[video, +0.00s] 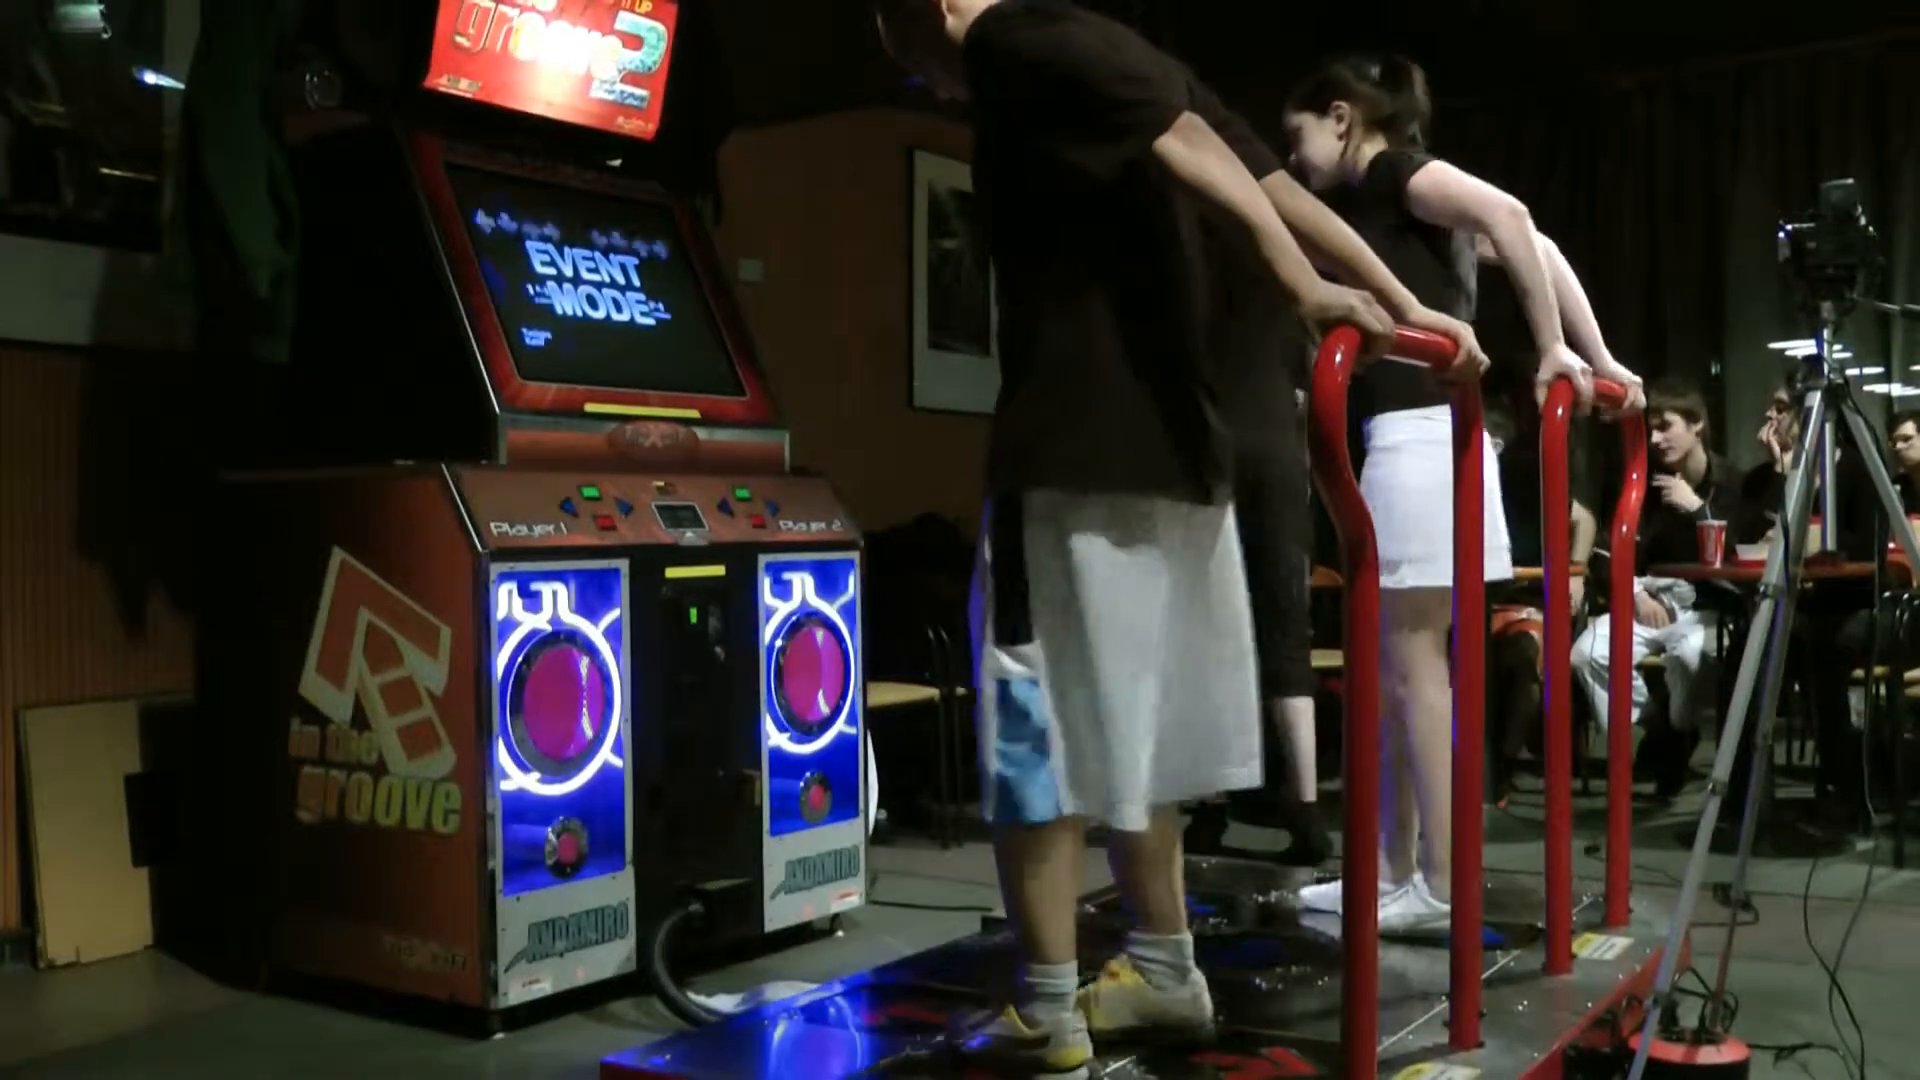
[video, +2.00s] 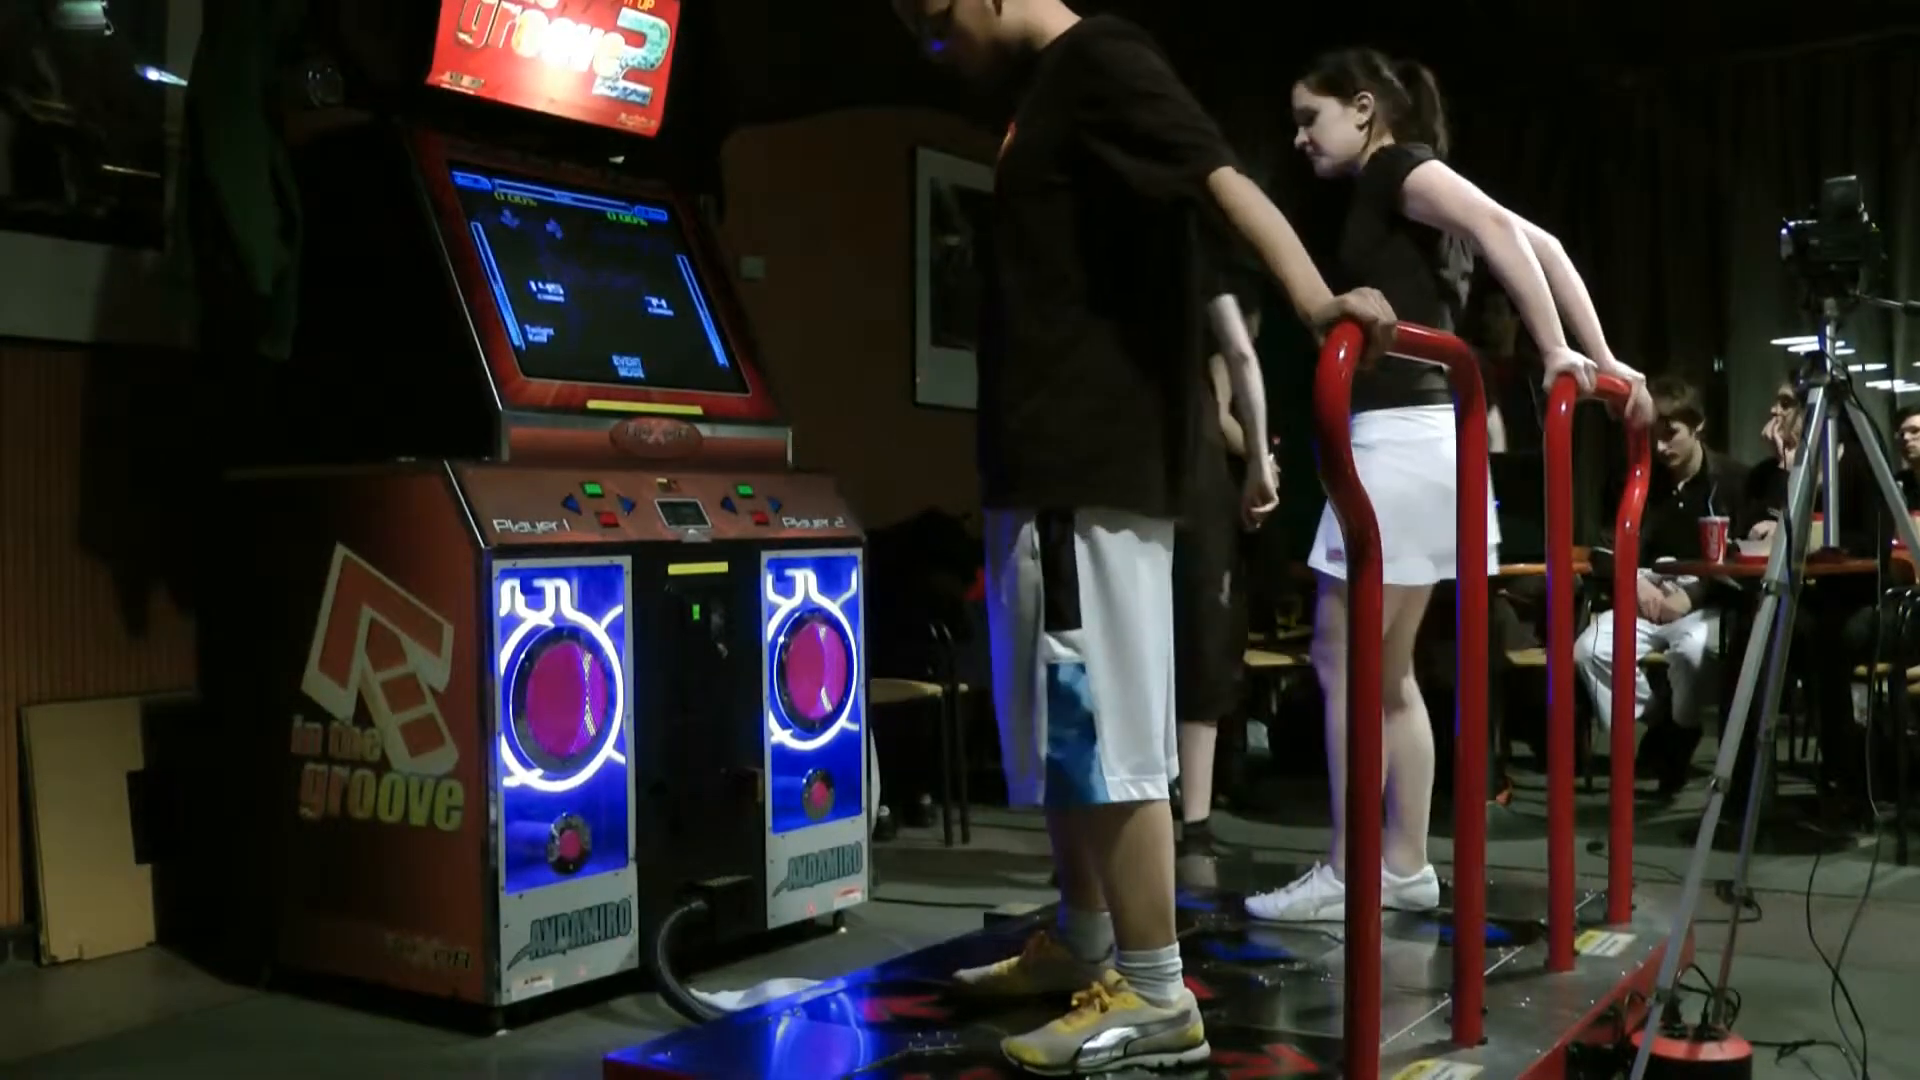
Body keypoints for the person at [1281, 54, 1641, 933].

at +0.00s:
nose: (1292, 151)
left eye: (1298, 133)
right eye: (1290, 136)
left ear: (1343, 121)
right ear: (1359, 127)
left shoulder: (1388, 172)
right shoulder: (1410, 184)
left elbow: (1507, 215)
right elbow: (1538, 247)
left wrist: (1554, 351)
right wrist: (1601, 355)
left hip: (1417, 437)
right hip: (1418, 437)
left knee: (1418, 655)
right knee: (1393, 657)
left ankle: (1442, 884)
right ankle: (1394, 873)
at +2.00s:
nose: (1301, 138)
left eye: (1310, 119)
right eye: (1298, 123)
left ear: (1366, 108)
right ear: (1366, 115)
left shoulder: (1397, 170)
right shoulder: (1414, 178)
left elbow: (1502, 232)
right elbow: (1544, 246)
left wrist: (1557, 354)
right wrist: (1603, 359)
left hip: (1395, 447)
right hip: (1425, 448)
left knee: (1346, 665)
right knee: (1392, 674)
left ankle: (1347, 870)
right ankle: (1406, 866)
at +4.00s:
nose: (1317, 121)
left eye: (1326, 104)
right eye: (1317, 106)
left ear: (1369, 102)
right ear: (1393, 106)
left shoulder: (1388, 169)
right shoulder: (1419, 177)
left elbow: (1504, 229)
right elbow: (1547, 249)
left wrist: (1557, 351)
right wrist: (1603, 357)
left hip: (1381, 447)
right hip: (1426, 448)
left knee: (1321, 662)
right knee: (1376, 674)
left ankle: (1340, 875)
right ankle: (1387, 875)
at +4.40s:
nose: (1323, 120)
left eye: (1332, 104)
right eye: (1324, 105)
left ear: (1375, 104)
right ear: (1397, 110)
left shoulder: (1390, 167)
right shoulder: (1418, 175)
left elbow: (1506, 229)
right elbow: (1549, 252)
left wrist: (1557, 351)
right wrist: (1605, 359)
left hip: (1386, 439)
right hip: (1409, 440)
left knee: (1332, 653)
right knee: (1366, 664)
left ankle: (1342, 874)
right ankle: (1387, 871)